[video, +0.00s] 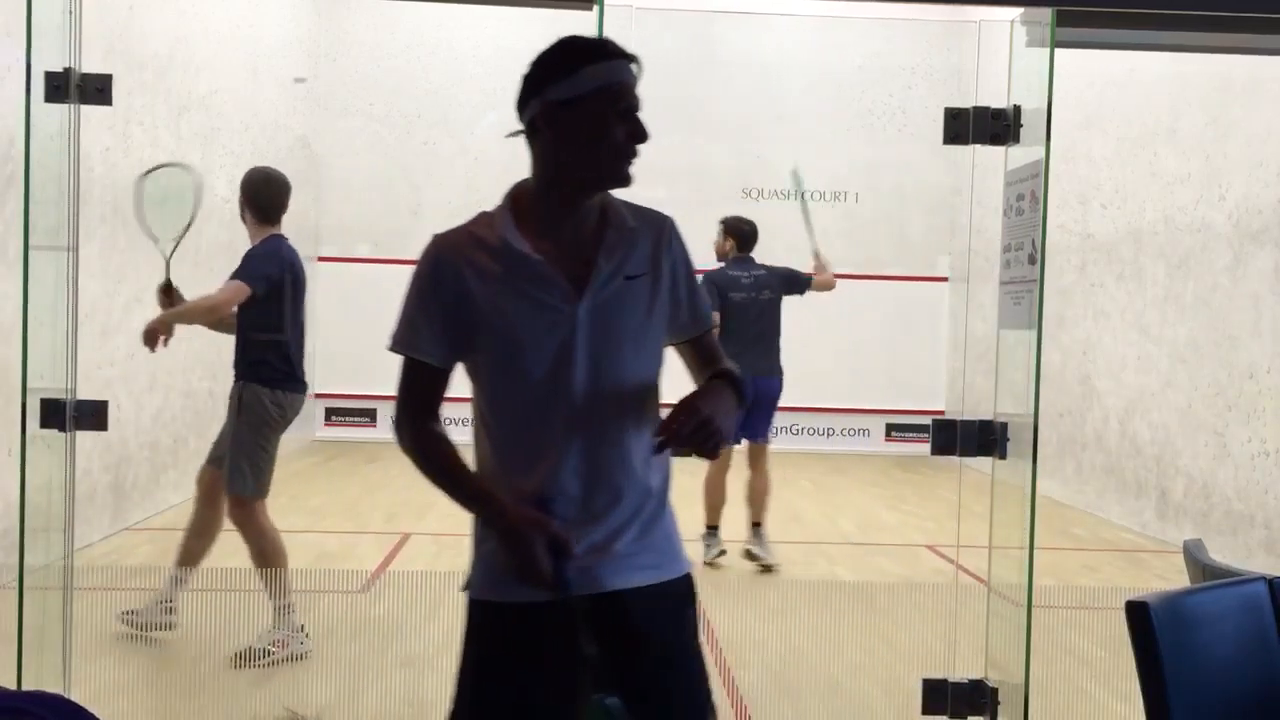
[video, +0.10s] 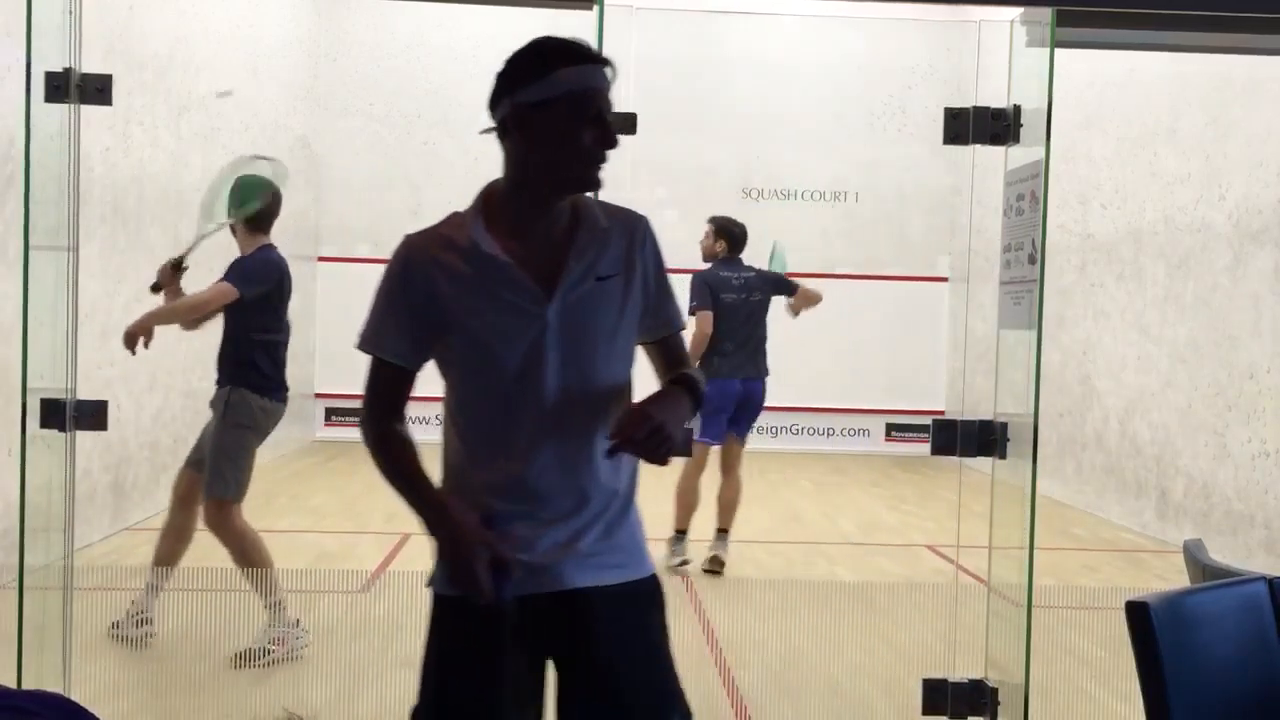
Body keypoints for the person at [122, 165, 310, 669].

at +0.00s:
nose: (238, 208)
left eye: (239, 201)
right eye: (247, 201)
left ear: (244, 205)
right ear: (284, 207)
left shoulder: (268, 254)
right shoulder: (278, 257)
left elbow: (225, 301)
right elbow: (240, 325)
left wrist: (168, 318)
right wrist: (186, 310)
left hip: (263, 394)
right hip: (264, 392)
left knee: (245, 507)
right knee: (211, 483)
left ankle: (289, 629)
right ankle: (168, 604)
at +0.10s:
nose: (229, 219)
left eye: (230, 211)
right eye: (237, 211)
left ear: (232, 215)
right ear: (272, 216)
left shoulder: (262, 264)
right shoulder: (259, 265)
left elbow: (202, 306)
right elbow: (195, 322)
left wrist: (148, 319)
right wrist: (175, 289)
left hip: (247, 400)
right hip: (243, 398)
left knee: (221, 512)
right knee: (188, 488)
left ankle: (285, 625)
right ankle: (144, 610)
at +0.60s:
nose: (224, 209)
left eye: (225, 203)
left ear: (226, 208)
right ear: (268, 214)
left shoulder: (210, 252)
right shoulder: (278, 269)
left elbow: (172, 317)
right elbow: (254, 335)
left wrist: (156, 302)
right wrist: (187, 344)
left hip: (196, 390)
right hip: (246, 399)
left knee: (158, 496)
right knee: (195, 503)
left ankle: (217, 599)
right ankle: (142, 613)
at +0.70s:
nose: (248, 218)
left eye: (242, 211)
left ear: (241, 216)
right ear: (282, 221)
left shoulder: (215, 256)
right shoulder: (293, 277)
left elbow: (167, 317)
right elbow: (274, 326)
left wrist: (186, 295)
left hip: (200, 391)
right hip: (258, 401)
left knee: (179, 496)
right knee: (230, 502)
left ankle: (207, 613)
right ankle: (159, 594)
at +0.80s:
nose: (283, 231)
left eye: (268, 222)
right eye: (295, 227)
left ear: (259, 225)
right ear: (299, 232)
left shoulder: (228, 264)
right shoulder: (307, 288)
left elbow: (182, 325)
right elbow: (293, 342)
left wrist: (214, 302)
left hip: (212, 399)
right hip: (270, 408)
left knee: (192, 503)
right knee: (277, 493)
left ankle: (213, 620)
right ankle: (207, 567)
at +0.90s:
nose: (315, 241)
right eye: (318, 235)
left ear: (281, 234)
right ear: (319, 239)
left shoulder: (247, 270)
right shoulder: (326, 293)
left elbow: (208, 333)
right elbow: (321, 366)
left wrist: (244, 326)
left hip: (231, 402)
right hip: (290, 409)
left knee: (205, 505)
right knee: (308, 484)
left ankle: (212, 618)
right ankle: (264, 578)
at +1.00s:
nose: (348, 245)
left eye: (339, 236)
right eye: (349, 239)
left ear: (311, 237)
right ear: (346, 243)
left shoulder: (277, 273)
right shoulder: (350, 294)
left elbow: (239, 333)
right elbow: (364, 365)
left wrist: (275, 336)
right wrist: (363, 397)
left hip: (257, 398)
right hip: (313, 403)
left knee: (231, 499)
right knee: (340, 481)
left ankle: (216, 608)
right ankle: (312, 580)